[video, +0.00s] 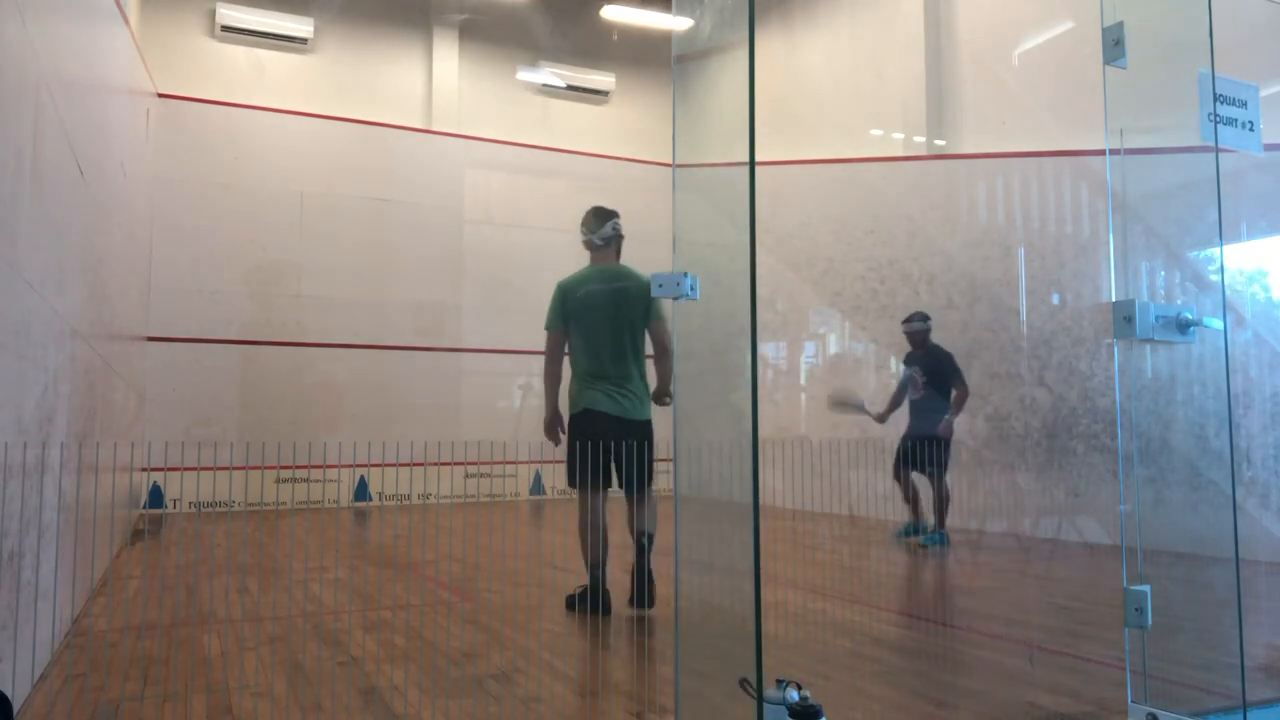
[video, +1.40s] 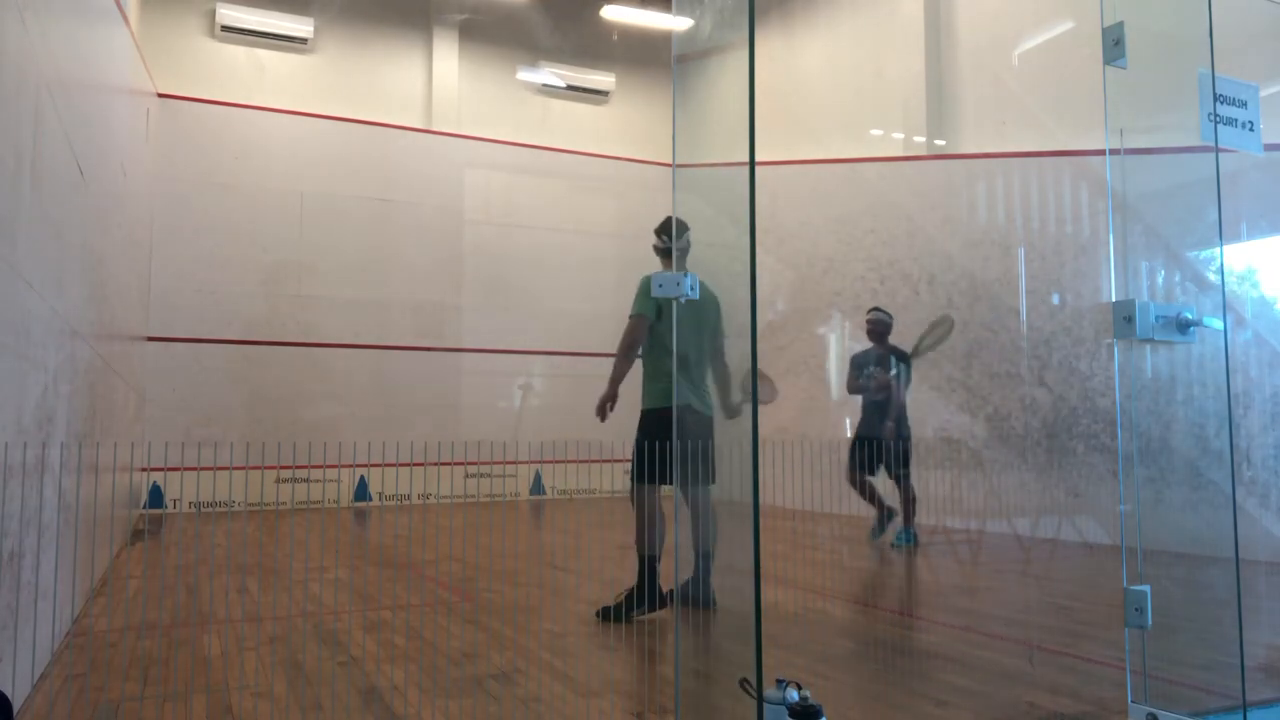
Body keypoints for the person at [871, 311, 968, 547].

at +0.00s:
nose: (911, 338)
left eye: (915, 333)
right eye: (907, 334)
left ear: (927, 332)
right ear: (905, 334)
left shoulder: (941, 357)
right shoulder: (911, 358)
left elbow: (962, 391)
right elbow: (903, 388)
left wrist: (949, 418)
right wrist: (886, 413)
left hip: (937, 427)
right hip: (916, 427)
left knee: (936, 477)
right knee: (900, 471)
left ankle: (940, 530)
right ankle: (917, 521)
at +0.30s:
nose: (895, 340)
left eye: (899, 335)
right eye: (891, 335)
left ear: (909, 333)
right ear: (887, 336)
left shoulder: (925, 357)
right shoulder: (888, 361)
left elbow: (945, 386)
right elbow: (874, 391)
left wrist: (925, 398)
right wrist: (859, 418)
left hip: (919, 429)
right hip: (896, 428)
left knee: (920, 475)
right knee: (899, 477)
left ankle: (933, 528)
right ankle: (905, 525)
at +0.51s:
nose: (887, 341)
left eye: (891, 336)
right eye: (884, 337)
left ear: (901, 334)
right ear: (880, 337)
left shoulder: (917, 356)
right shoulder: (881, 362)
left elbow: (932, 378)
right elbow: (865, 391)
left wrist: (910, 364)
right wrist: (850, 418)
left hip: (914, 424)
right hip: (892, 425)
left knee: (911, 474)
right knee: (898, 476)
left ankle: (921, 524)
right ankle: (905, 523)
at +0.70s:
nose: (884, 340)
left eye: (888, 334)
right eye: (879, 335)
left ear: (897, 333)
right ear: (874, 336)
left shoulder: (910, 356)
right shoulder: (874, 364)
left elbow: (937, 377)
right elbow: (860, 394)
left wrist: (919, 366)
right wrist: (848, 418)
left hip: (909, 425)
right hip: (887, 427)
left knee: (906, 477)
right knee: (896, 478)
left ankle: (909, 527)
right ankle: (903, 524)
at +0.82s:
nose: (880, 336)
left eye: (884, 332)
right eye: (876, 332)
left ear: (894, 332)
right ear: (873, 334)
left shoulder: (910, 358)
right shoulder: (872, 364)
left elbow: (939, 382)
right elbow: (859, 394)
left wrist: (937, 396)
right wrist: (850, 417)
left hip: (907, 426)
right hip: (884, 427)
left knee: (906, 478)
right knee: (893, 480)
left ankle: (909, 528)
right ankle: (903, 524)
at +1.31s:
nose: (874, 329)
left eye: (879, 324)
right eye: (871, 324)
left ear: (891, 327)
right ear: (868, 327)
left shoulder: (905, 358)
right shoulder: (862, 359)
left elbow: (912, 396)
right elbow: (852, 391)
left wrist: (908, 426)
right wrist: (868, 396)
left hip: (898, 426)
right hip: (872, 426)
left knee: (903, 477)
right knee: (868, 476)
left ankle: (909, 528)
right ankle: (895, 514)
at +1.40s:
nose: (871, 328)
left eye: (877, 324)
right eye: (869, 324)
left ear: (889, 327)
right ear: (865, 327)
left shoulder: (900, 357)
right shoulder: (859, 358)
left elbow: (899, 392)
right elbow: (851, 387)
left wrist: (891, 421)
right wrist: (874, 385)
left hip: (895, 424)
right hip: (869, 423)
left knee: (901, 479)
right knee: (855, 476)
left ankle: (908, 528)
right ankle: (883, 510)